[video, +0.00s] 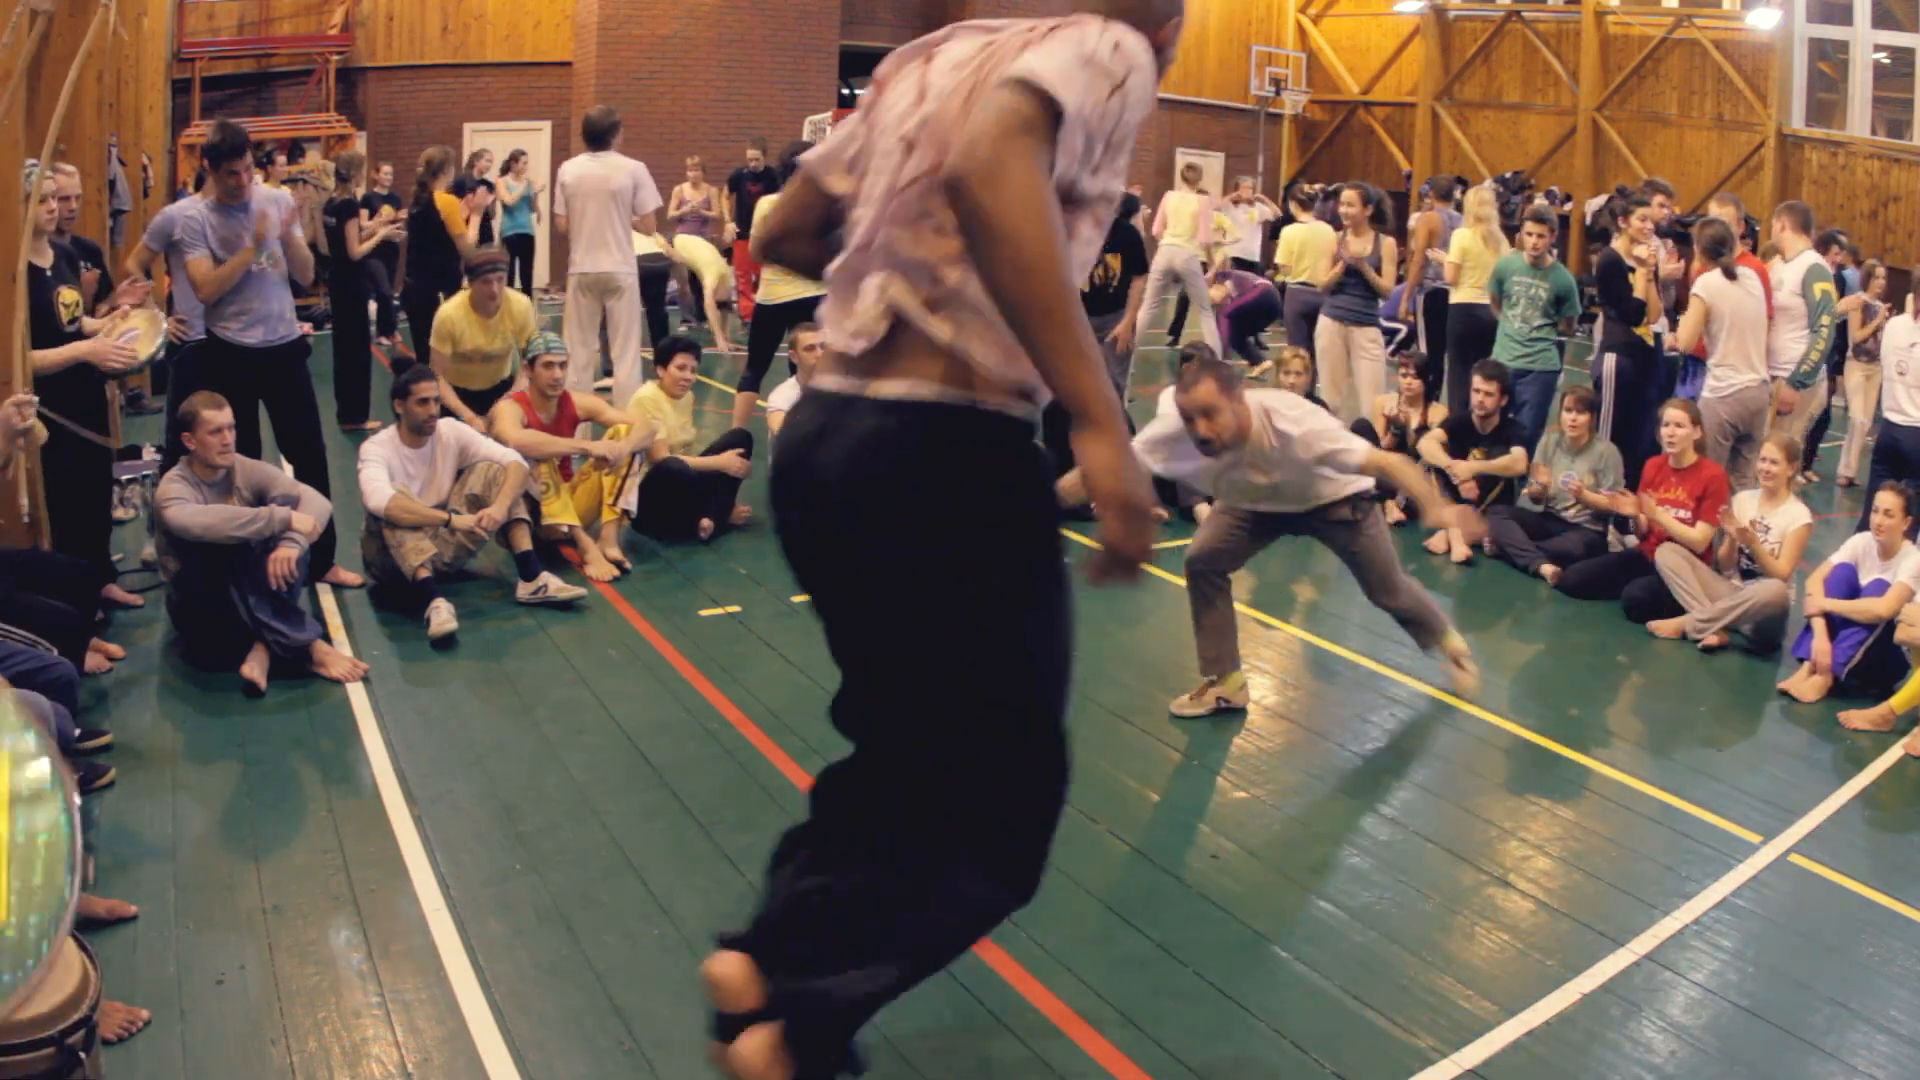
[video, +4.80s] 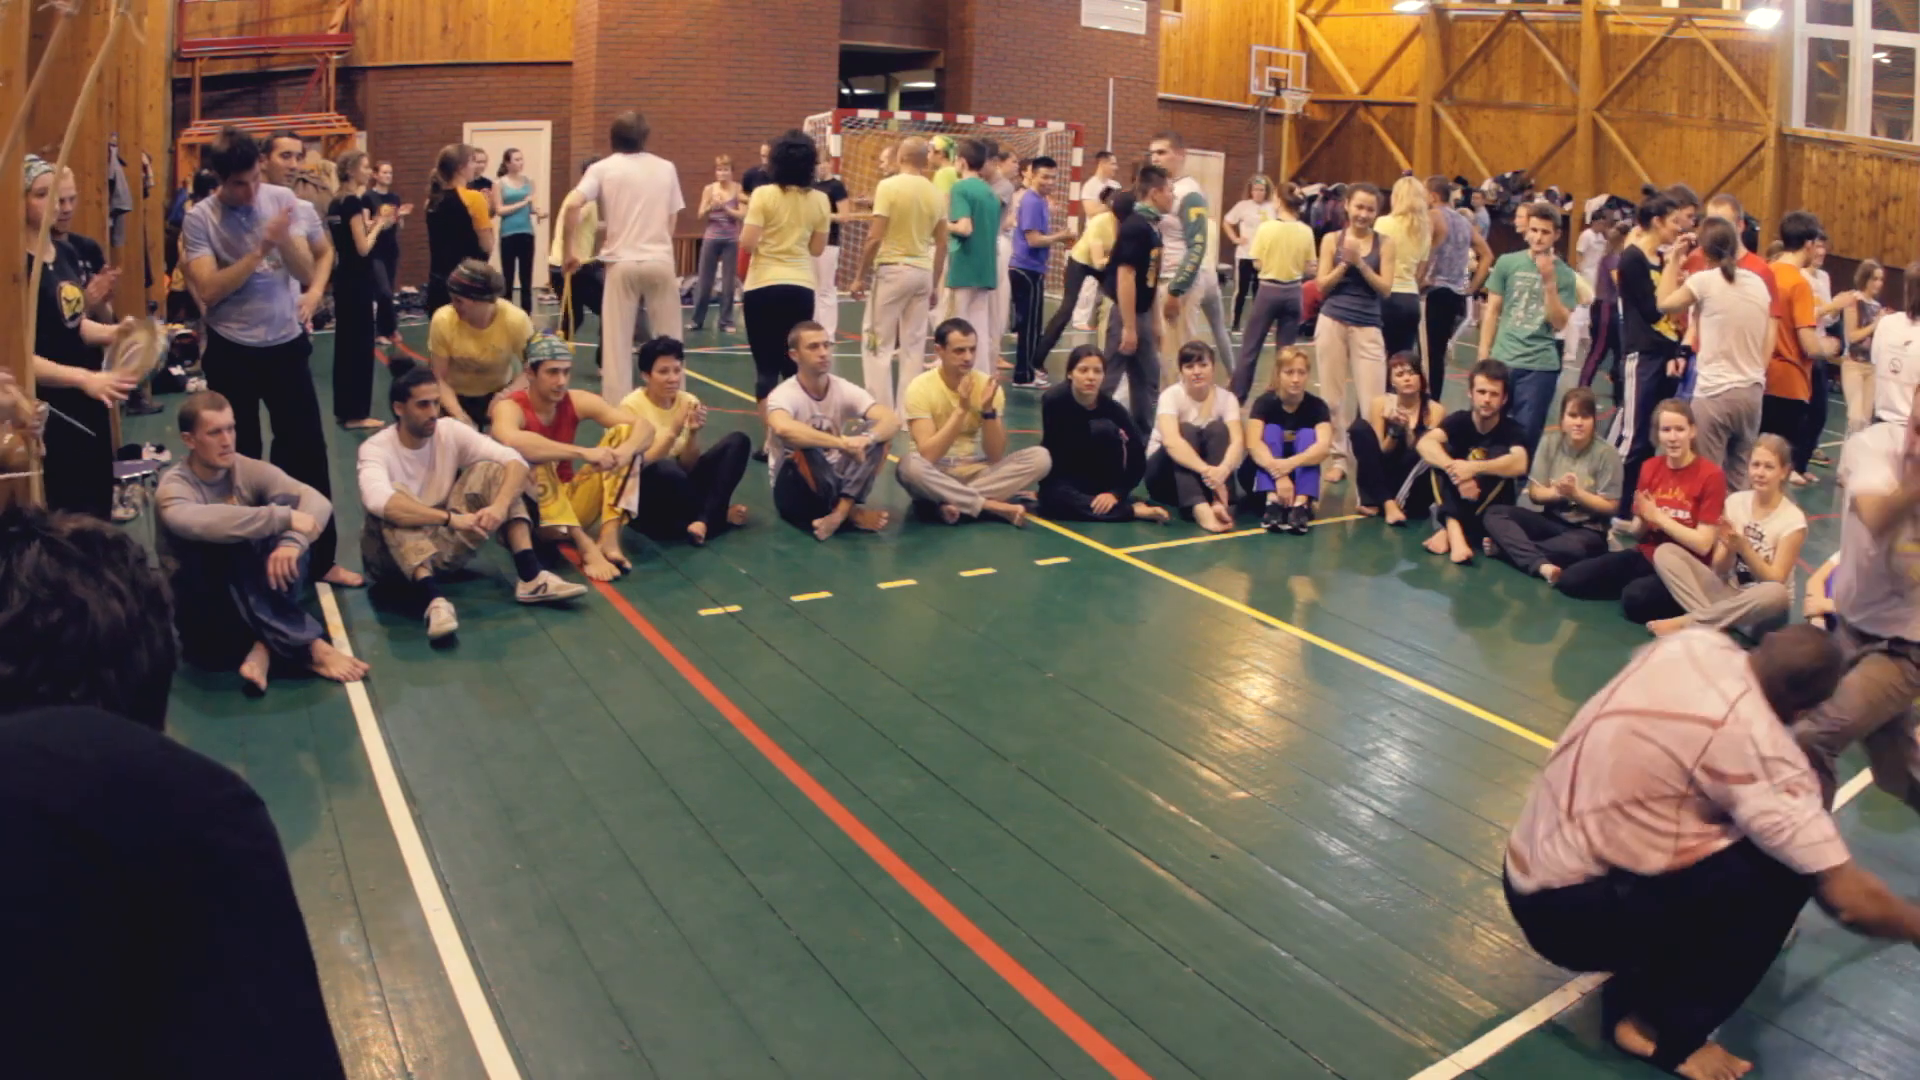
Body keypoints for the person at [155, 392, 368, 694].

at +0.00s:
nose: (228, 440)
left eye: (231, 429)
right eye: (215, 432)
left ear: (237, 429)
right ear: (189, 441)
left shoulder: (245, 469)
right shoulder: (174, 487)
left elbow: (316, 502)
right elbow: (190, 523)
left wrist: (292, 544)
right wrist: (283, 518)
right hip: (208, 612)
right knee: (214, 544)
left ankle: (264, 645)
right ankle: (310, 645)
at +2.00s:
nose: (229, 439)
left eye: (232, 428)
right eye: (216, 432)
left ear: (237, 428)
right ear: (190, 440)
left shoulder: (247, 469)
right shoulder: (179, 487)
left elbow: (317, 501)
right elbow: (213, 520)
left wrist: (291, 545)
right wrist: (284, 517)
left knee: (288, 503)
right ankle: (311, 642)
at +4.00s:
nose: (227, 441)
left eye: (230, 430)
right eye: (215, 434)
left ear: (236, 429)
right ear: (189, 440)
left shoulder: (248, 469)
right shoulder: (174, 487)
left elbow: (317, 502)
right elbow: (191, 523)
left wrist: (292, 543)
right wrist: (283, 517)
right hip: (211, 617)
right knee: (211, 547)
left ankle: (263, 645)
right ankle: (309, 645)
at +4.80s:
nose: (227, 441)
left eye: (230, 430)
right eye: (215, 433)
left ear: (236, 429)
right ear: (189, 440)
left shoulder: (248, 469)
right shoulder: (174, 487)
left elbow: (317, 501)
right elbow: (193, 523)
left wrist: (292, 543)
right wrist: (284, 517)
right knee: (219, 542)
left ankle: (266, 644)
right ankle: (310, 644)